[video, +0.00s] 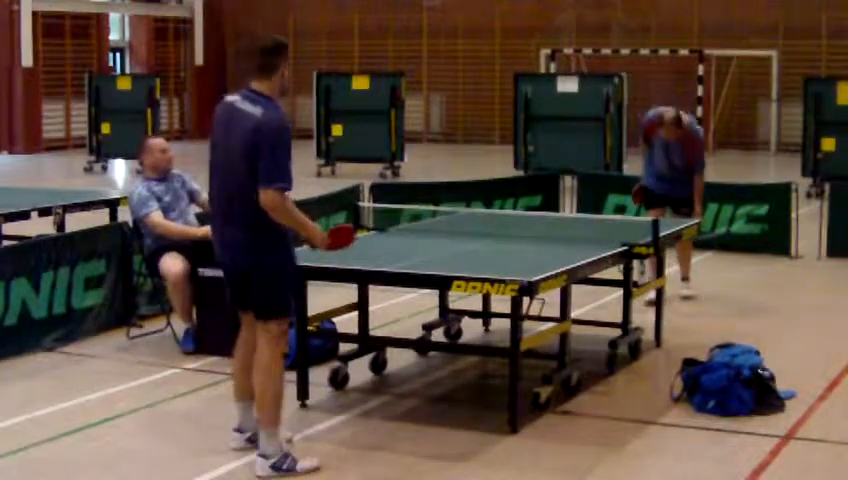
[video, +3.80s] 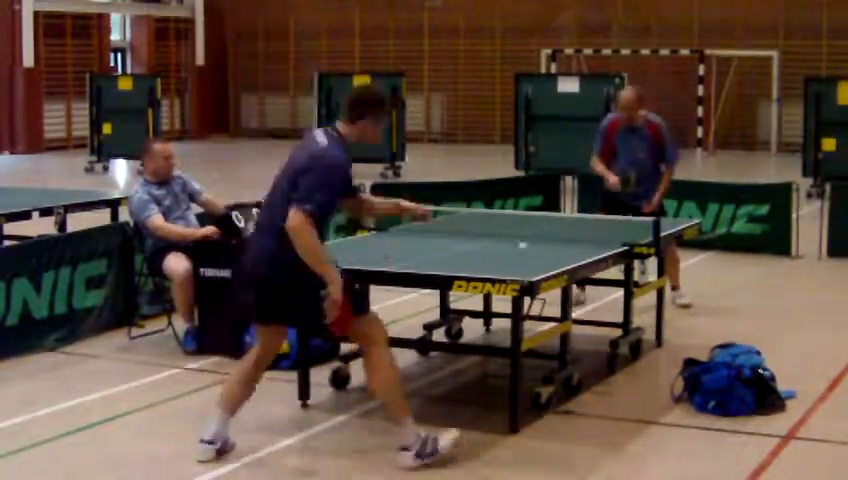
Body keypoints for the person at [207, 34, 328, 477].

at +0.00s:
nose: (289, 76)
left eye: (286, 68)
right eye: (288, 69)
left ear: (249, 69)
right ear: (282, 71)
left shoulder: (227, 109)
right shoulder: (270, 121)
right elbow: (271, 198)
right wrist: (310, 230)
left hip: (230, 240)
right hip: (262, 246)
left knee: (250, 328)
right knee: (274, 337)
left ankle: (246, 424)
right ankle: (272, 451)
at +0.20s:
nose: (312, 87)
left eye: (311, 80)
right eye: (312, 81)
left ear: (275, 72)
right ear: (304, 81)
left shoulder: (234, 107)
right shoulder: (289, 131)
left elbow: (219, 175)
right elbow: (299, 207)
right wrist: (329, 240)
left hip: (230, 245)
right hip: (272, 253)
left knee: (240, 333)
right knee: (270, 347)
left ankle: (241, 423)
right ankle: (272, 452)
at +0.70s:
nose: (281, 79)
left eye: (280, 72)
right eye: (280, 73)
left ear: (241, 67)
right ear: (272, 73)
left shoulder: (203, 108)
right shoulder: (267, 126)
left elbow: (186, 174)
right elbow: (272, 201)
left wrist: (204, 218)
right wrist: (312, 237)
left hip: (208, 252)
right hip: (259, 257)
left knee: (200, 343)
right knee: (263, 349)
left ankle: (179, 451)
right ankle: (272, 450)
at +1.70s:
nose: (318, 104)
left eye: (318, 97)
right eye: (318, 98)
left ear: (282, 87)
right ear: (311, 96)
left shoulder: (239, 118)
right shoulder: (291, 139)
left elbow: (226, 182)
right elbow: (292, 212)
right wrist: (322, 251)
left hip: (213, 246)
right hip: (264, 252)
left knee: (211, 339)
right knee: (289, 340)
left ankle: (178, 440)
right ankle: (300, 437)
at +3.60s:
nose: (324, 109)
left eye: (324, 102)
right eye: (325, 103)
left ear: (288, 98)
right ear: (315, 101)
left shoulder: (251, 135)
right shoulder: (306, 141)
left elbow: (236, 197)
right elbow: (321, 212)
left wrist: (282, 219)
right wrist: (363, 225)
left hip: (239, 251)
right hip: (285, 254)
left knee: (242, 339)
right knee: (343, 334)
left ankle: (211, 435)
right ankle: (350, 441)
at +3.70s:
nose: (351, 112)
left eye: (351, 104)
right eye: (350, 104)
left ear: (314, 99)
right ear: (339, 104)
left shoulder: (281, 132)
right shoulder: (314, 144)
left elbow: (290, 197)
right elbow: (310, 214)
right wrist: (357, 252)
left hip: (248, 257)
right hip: (289, 262)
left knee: (252, 342)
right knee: (360, 329)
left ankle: (212, 433)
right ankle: (378, 440)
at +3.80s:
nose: (381, 134)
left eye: (382, 127)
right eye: (380, 126)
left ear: (351, 118)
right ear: (364, 123)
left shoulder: (319, 141)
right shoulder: (332, 159)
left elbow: (351, 204)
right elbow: (297, 222)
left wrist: (400, 208)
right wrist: (332, 277)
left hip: (261, 264)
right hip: (290, 272)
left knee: (266, 347)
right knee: (373, 335)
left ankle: (215, 432)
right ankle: (411, 439)